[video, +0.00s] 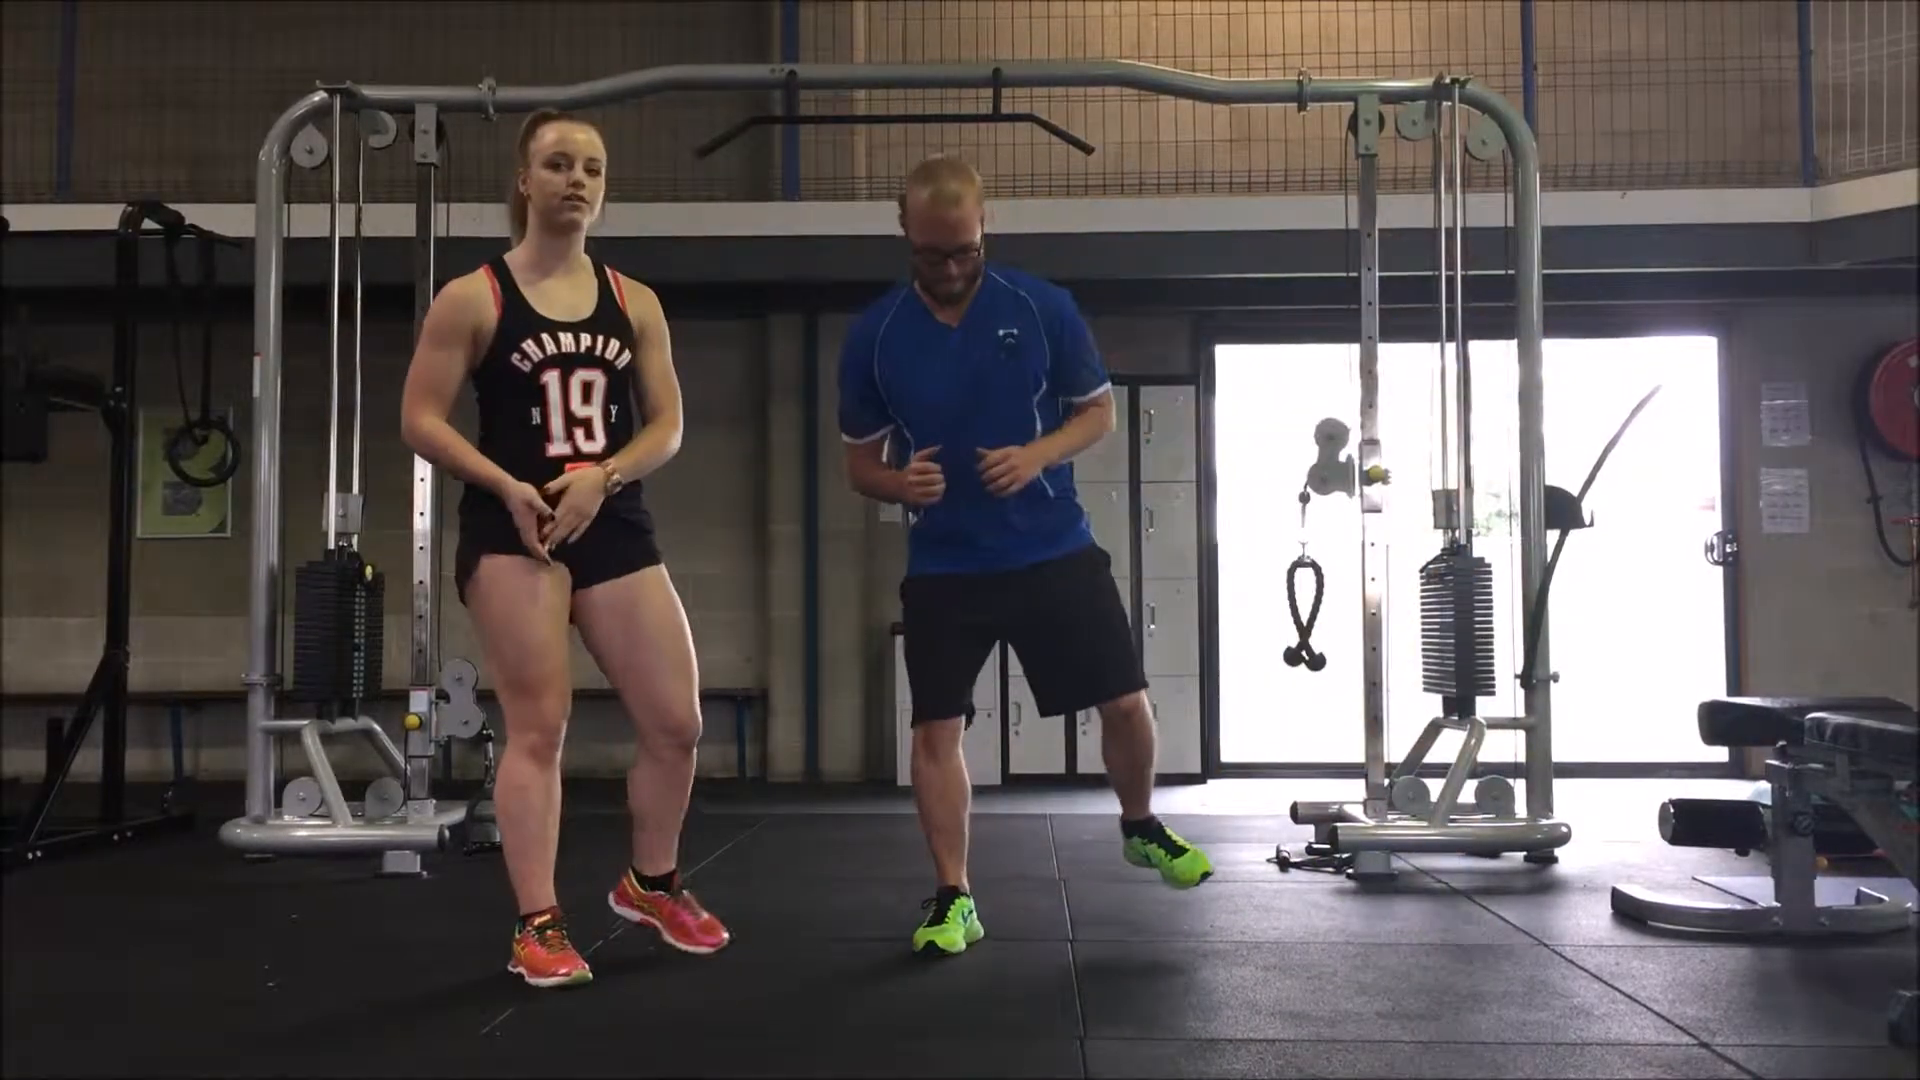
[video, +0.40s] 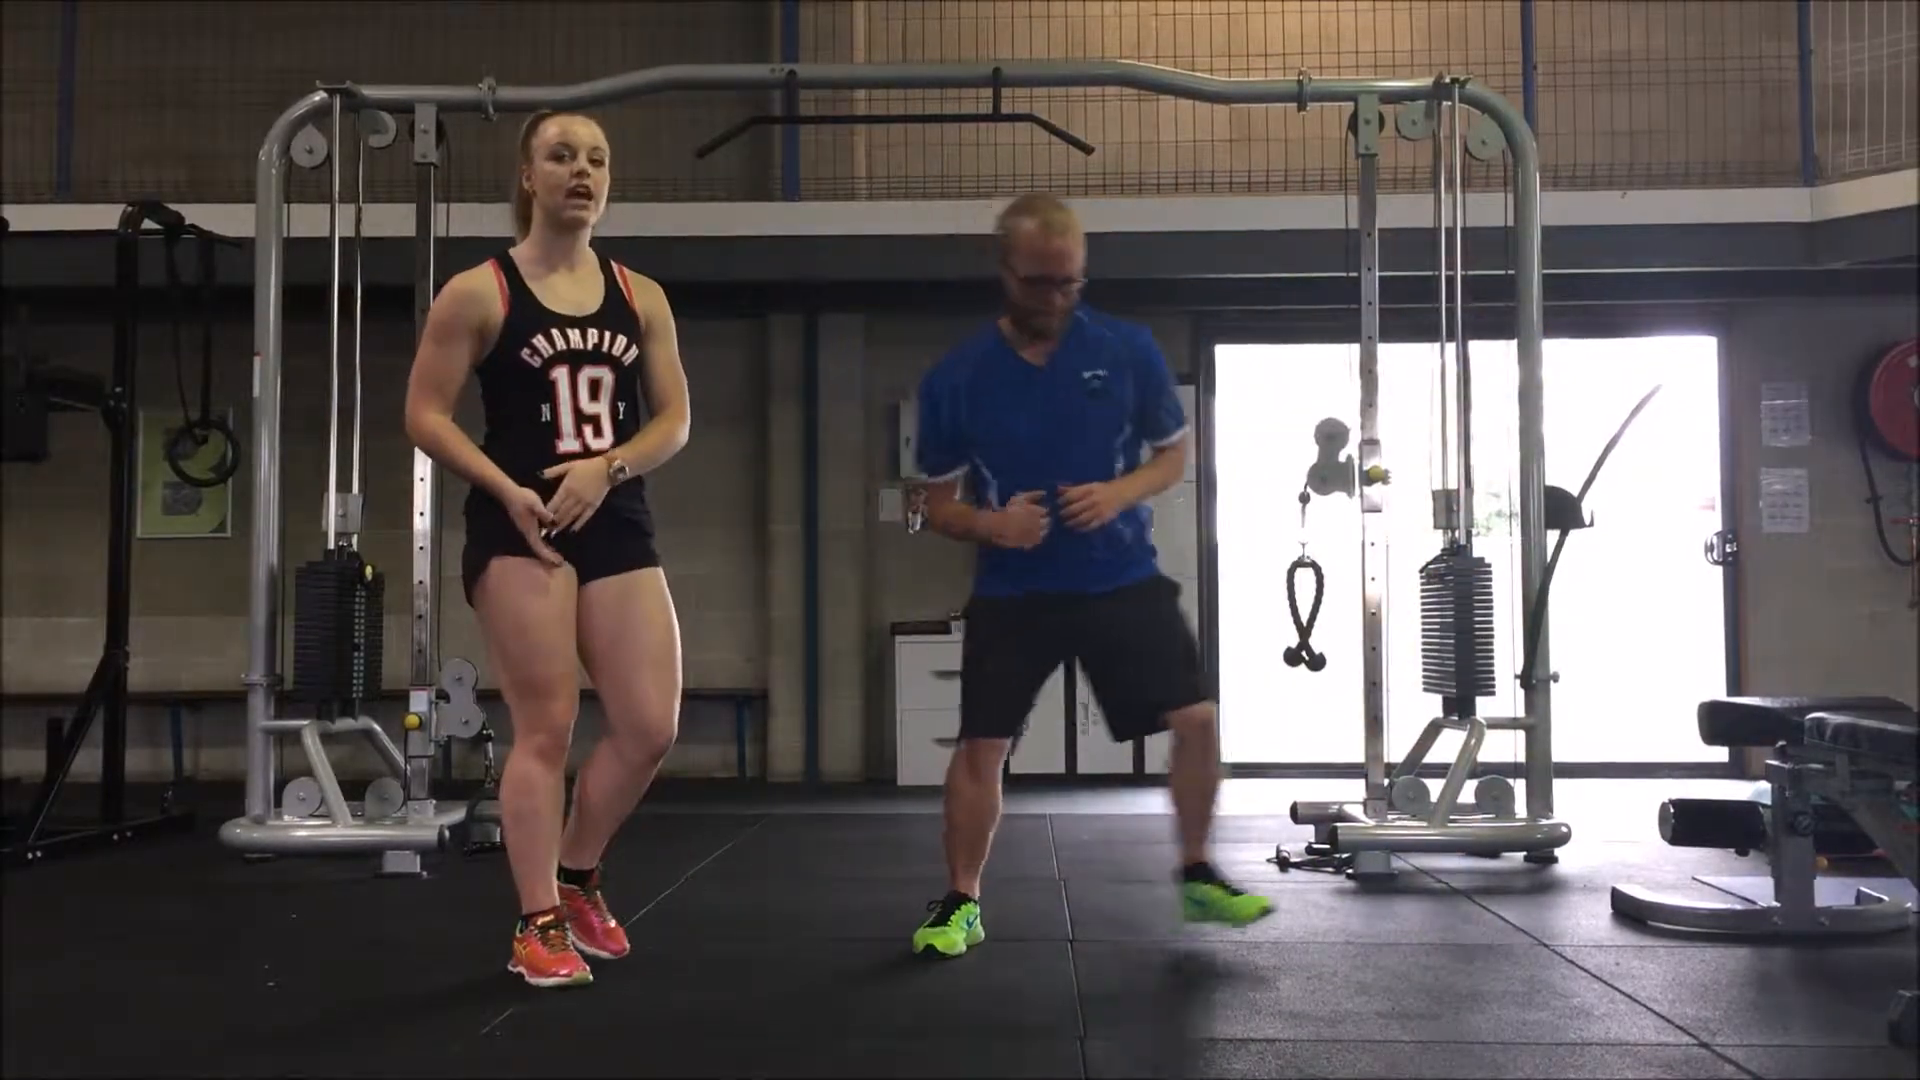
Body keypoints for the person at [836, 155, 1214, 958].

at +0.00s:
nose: (952, 268)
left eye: (965, 251)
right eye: (935, 254)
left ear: (986, 231)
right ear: (904, 236)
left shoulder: (1044, 311)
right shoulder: (872, 337)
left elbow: (1097, 414)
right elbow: (860, 465)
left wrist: (1035, 454)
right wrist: (897, 483)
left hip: (1053, 554)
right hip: (945, 565)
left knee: (1126, 702)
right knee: (934, 728)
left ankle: (1140, 825)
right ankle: (953, 897)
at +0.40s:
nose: (1054, 299)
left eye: (1068, 282)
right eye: (1037, 282)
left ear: (1085, 273)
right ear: (1003, 273)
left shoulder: (1129, 352)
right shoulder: (957, 379)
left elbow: (1176, 456)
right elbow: (934, 504)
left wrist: (1117, 493)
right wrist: (991, 524)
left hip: (1123, 585)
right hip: (1014, 591)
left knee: (1196, 717)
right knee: (981, 745)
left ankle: (1196, 873)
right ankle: (962, 903)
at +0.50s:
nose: (1128, 263)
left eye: (1141, 247)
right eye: (1112, 246)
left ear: (1155, 238)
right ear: (1077, 234)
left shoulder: (1188, 320)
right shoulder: (1024, 341)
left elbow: (1229, 429)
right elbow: (987, 456)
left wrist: (1178, 442)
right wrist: (1058, 469)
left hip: (1174, 563)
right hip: (1064, 572)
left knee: (1262, 694)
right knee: (1010, 729)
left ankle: (1307, 861)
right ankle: (964, 897)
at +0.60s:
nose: (1222, 230)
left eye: (1231, 213)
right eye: (1206, 214)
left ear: (1243, 203)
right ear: (1163, 206)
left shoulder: (1272, 287)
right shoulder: (1100, 295)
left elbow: (1304, 405)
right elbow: (1065, 418)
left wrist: (1257, 405)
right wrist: (1146, 425)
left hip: (1243, 537)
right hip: (1131, 541)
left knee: (1334, 690)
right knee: (1051, 699)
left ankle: (1416, 856)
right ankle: (976, 859)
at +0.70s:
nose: (1306, 240)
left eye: (1316, 223)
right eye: (1290, 224)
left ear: (1325, 212)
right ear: (1245, 213)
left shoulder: (1358, 297)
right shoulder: (1181, 299)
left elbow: (1382, 417)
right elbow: (1141, 428)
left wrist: (1331, 420)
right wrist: (1224, 433)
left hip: (1321, 546)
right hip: (1209, 543)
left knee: (1402, 710)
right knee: (1111, 691)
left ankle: (1469, 886)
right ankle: (1017, 838)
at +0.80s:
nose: (1368, 271)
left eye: (1381, 255)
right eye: (1352, 254)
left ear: (1394, 245)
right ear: (1310, 239)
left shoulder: (1423, 330)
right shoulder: (1249, 332)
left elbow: (1452, 448)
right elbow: (1209, 458)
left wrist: (1400, 452)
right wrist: (1289, 462)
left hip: (1378, 573)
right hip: (1267, 574)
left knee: (1454, 721)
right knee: (1177, 715)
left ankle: (1472, 903)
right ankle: (1101, 835)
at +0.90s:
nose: (1408, 278)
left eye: (1422, 263)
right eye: (1394, 261)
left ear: (1436, 254)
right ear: (1351, 245)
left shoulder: (1462, 339)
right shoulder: (1289, 337)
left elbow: (1488, 455)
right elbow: (1251, 468)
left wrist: (1441, 462)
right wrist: (1334, 471)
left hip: (1417, 577)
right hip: (1307, 577)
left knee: (1467, 728)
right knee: (1242, 732)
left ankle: (1472, 905)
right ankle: (1194, 846)